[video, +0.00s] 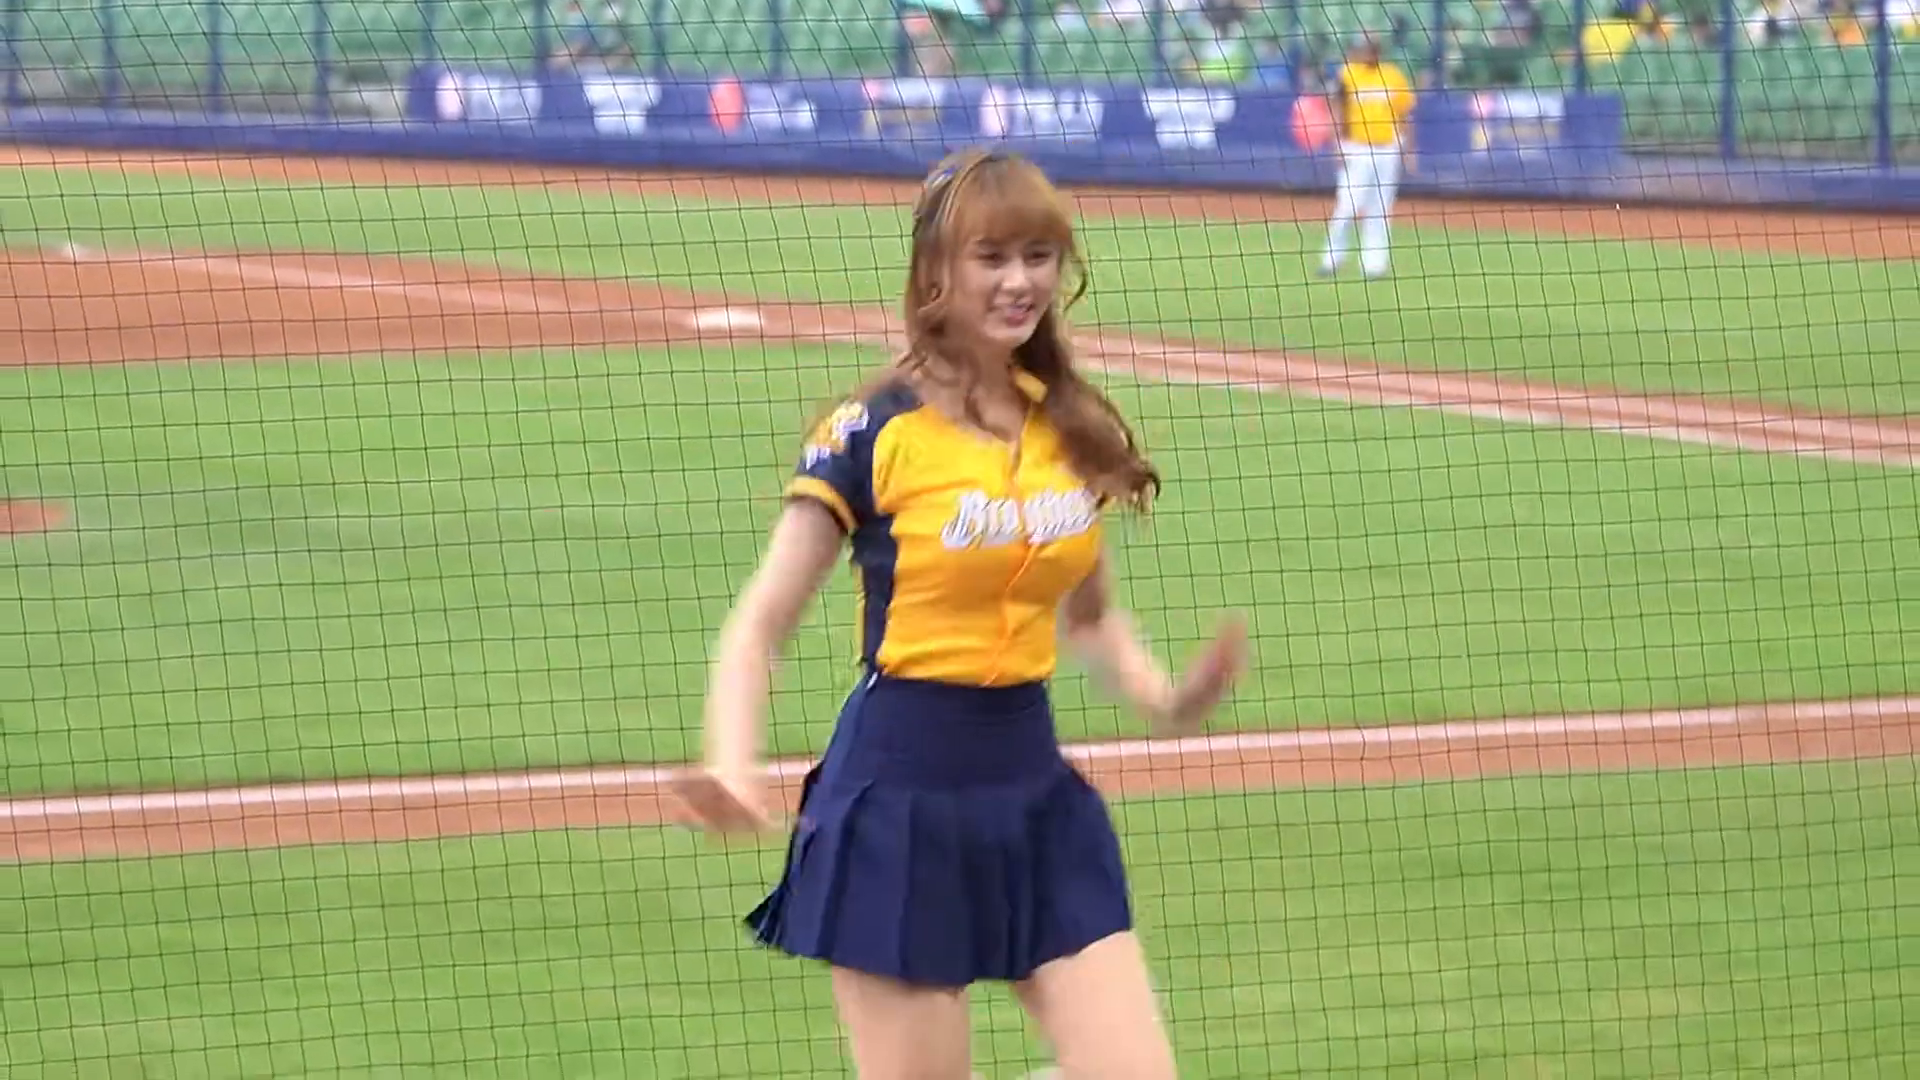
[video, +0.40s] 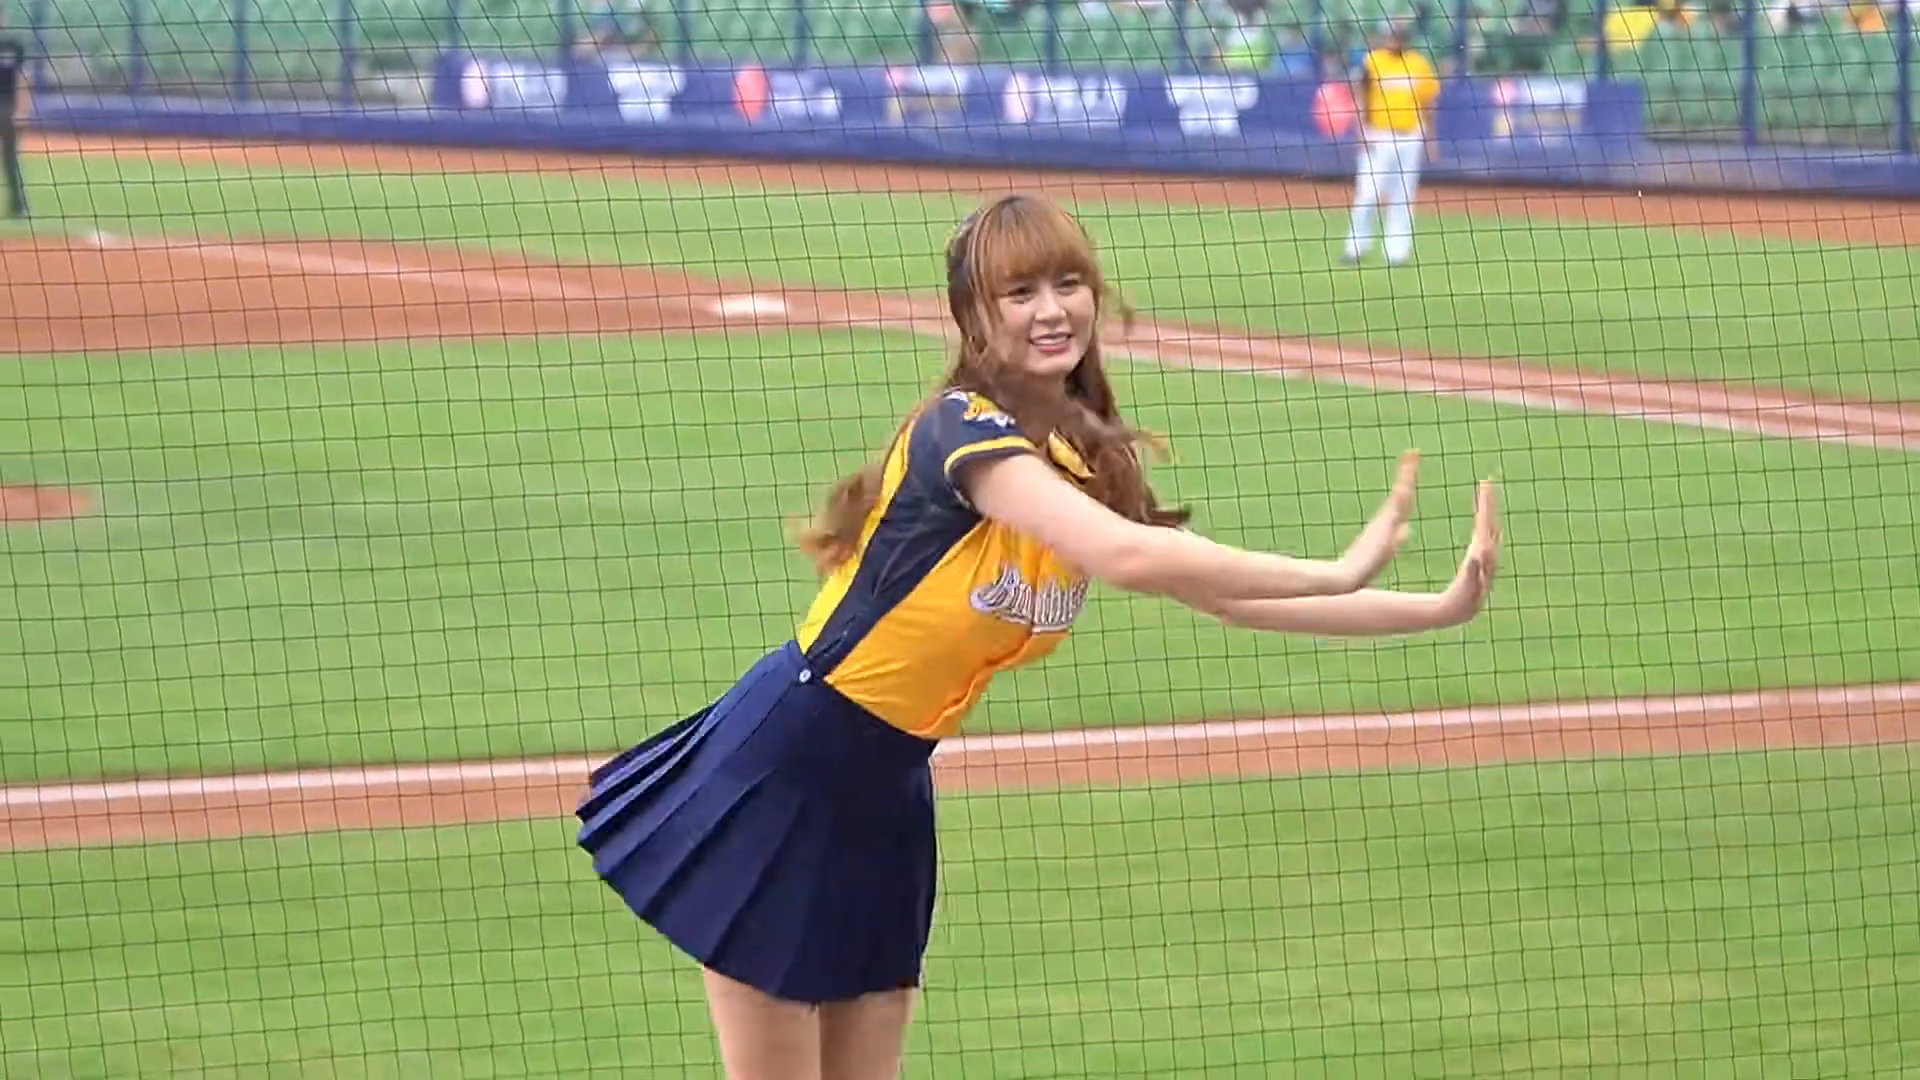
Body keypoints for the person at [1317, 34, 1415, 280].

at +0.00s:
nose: (1369, 55)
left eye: (1373, 49)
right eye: (1364, 50)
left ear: (1379, 51)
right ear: (1356, 51)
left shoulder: (1393, 75)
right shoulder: (1347, 74)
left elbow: (1405, 117)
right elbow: (1336, 109)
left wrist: (1409, 152)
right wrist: (1338, 143)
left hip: (1388, 149)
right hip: (1356, 148)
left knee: (1380, 207)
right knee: (1349, 204)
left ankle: (1375, 261)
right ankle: (1332, 256)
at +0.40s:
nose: (1396, 41)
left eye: (1401, 36)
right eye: (1393, 36)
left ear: (1408, 38)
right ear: (1386, 37)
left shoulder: (1419, 64)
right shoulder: (1373, 61)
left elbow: (1428, 106)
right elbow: (1359, 93)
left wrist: (1431, 140)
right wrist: (1362, 128)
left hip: (1410, 137)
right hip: (1378, 136)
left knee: (1402, 195)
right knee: (1368, 192)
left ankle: (1398, 248)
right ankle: (1357, 244)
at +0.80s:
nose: (1460, 26)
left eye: (1465, 21)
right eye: (1456, 21)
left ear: (1472, 22)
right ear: (1449, 20)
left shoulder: (1483, 50)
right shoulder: (1431, 45)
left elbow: (1494, 91)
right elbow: (1420, 78)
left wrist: (1493, 125)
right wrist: (1419, 110)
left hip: (1470, 121)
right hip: (1436, 119)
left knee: (1465, 179)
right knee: (1427, 177)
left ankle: (1465, 233)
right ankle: (1422, 230)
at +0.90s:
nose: (1472, 22)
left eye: (1476, 17)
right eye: (1468, 17)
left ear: (1482, 19)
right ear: (1459, 18)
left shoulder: (1494, 45)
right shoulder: (1444, 42)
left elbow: (1506, 85)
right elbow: (1435, 76)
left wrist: (1507, 119)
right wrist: (1434, 108)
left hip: (1485, 117)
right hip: (1451, 116)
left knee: (1483, 175)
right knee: (1445, 175)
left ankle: (1484, 230)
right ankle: (1443, 228)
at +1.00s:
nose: (1485, 18)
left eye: (1489, 13)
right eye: (1481, 13)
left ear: (1495, 14)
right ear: (1473, 14)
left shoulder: (1508, 41)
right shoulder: (1458, 39)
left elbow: (1518, 84)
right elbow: (1447, 74)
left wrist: (1518, 118)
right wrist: (1448, 106)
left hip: (1498, 113)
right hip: (1464, 112)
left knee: (1500, 170)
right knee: (1463, 171)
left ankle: (1504, 225)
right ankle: (1463, 224)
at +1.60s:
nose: (1506, 1)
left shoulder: (1533, 15)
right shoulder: (1482, 18)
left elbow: (1548, 56)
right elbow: (1473, 58)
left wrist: (1548, 91)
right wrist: (1476, 93)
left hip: (1530, 88)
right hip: (1495, 89)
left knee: (1537, 146)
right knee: (1500, 148)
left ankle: (1546, 201)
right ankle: (1508, 203)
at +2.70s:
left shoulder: (1529, 4)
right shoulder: (1476, 6)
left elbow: (1542, 35)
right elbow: (1469, 41)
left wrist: (1540, 70)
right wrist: (1469, 76)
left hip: (1525, 70)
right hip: (1491, 72)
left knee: (1537, 128)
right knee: (1496, 131)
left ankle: (1550, 185)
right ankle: (1504, 186)